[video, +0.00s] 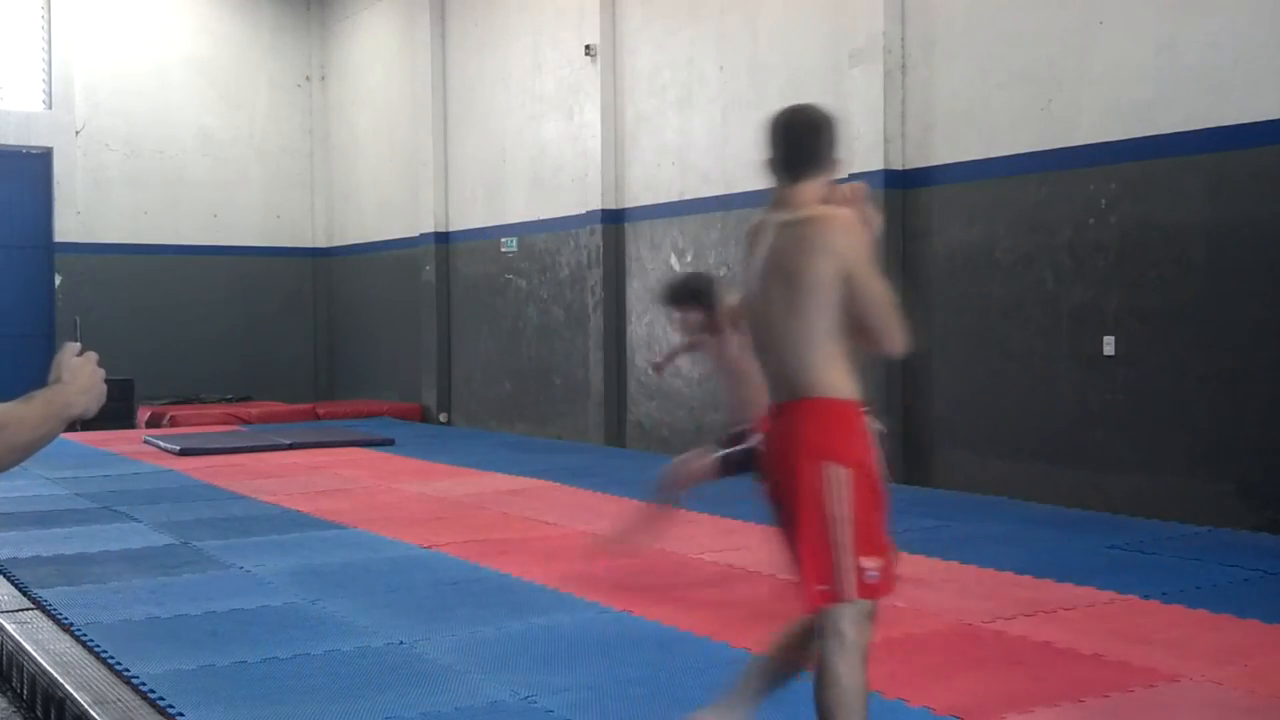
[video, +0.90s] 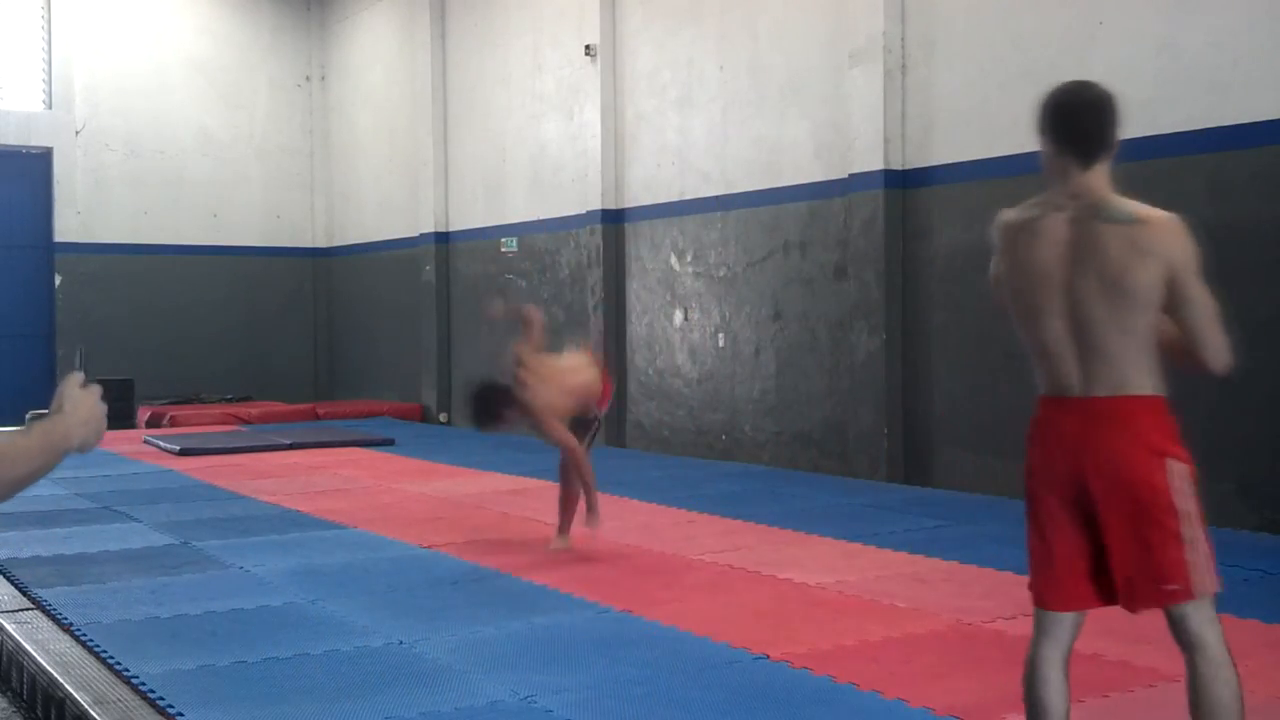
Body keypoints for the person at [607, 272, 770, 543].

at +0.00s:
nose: (680, 323)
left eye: (685, 314)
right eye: (678, 314)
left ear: (704, 312)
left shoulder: (732, 339)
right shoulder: (718, 339)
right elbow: (691, 344)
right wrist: (666, 361)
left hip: (760, 440)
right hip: (749, 436)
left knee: (678, 474)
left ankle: (628, 538)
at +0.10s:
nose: (637, 310)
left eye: (640, 301)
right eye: (635, 302)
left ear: (660, 297)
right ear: (660, 299)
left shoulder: (698, 319)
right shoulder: (669, 332)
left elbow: (750, 323)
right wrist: (648, 423)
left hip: (676, 445)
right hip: (659, 439)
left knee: (609, 497)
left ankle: (568, 572)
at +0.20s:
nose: (622, 283)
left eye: (628, 276)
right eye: (621, 277)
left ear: (648, 277)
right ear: (637, 281)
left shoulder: (676, 320)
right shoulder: (631, 321)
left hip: (642, 422)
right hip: (611, 405)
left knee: (590, 489)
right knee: (547, 449)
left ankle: (559, 570)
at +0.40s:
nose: (597, 231)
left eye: (596, 229)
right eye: (590, 228)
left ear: (559, 249)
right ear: (571, 229)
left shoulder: (590, 260)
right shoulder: (577, 235)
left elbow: (616, 276)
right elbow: (596, 206)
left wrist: (644, 257)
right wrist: (605, 200)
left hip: (582, 334)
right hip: (600, 310)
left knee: (588, 413)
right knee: (643, 317)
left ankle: (540, 476)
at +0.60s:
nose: (532, 254)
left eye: (531, 250)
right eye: (525, 254)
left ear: (530, 249)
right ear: (516, 260)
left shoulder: (556, 267)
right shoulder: (522, 286)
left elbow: (571, 241)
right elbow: (559, 296)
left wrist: (537, 237)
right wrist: (527, 267)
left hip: (604, 295)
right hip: (585, 319)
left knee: (622, 243)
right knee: (585, 290)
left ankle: (688, 272)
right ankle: (642, 333)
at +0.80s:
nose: (487, 387)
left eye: (483, 383)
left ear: (485, 378)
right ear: (481, 346)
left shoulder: (521, 390)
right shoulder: (505, 329)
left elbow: (567, 410)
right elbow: (518, 280)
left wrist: (568, 449)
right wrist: (524, 249)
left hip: (609, 351)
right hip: (593, 313)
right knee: (566, 272)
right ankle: (622, 242)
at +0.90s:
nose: (505, 428)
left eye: (500, 423)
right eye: (499, 426)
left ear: (504, 412)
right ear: (501, 394)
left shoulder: (541, 415)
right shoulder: (523, 361)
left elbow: (576, 451)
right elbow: (533, 314)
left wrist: (592, 504)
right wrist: (505, 310)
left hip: (599, 397)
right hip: (594, 362)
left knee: (569, 463)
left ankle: (563, 534)